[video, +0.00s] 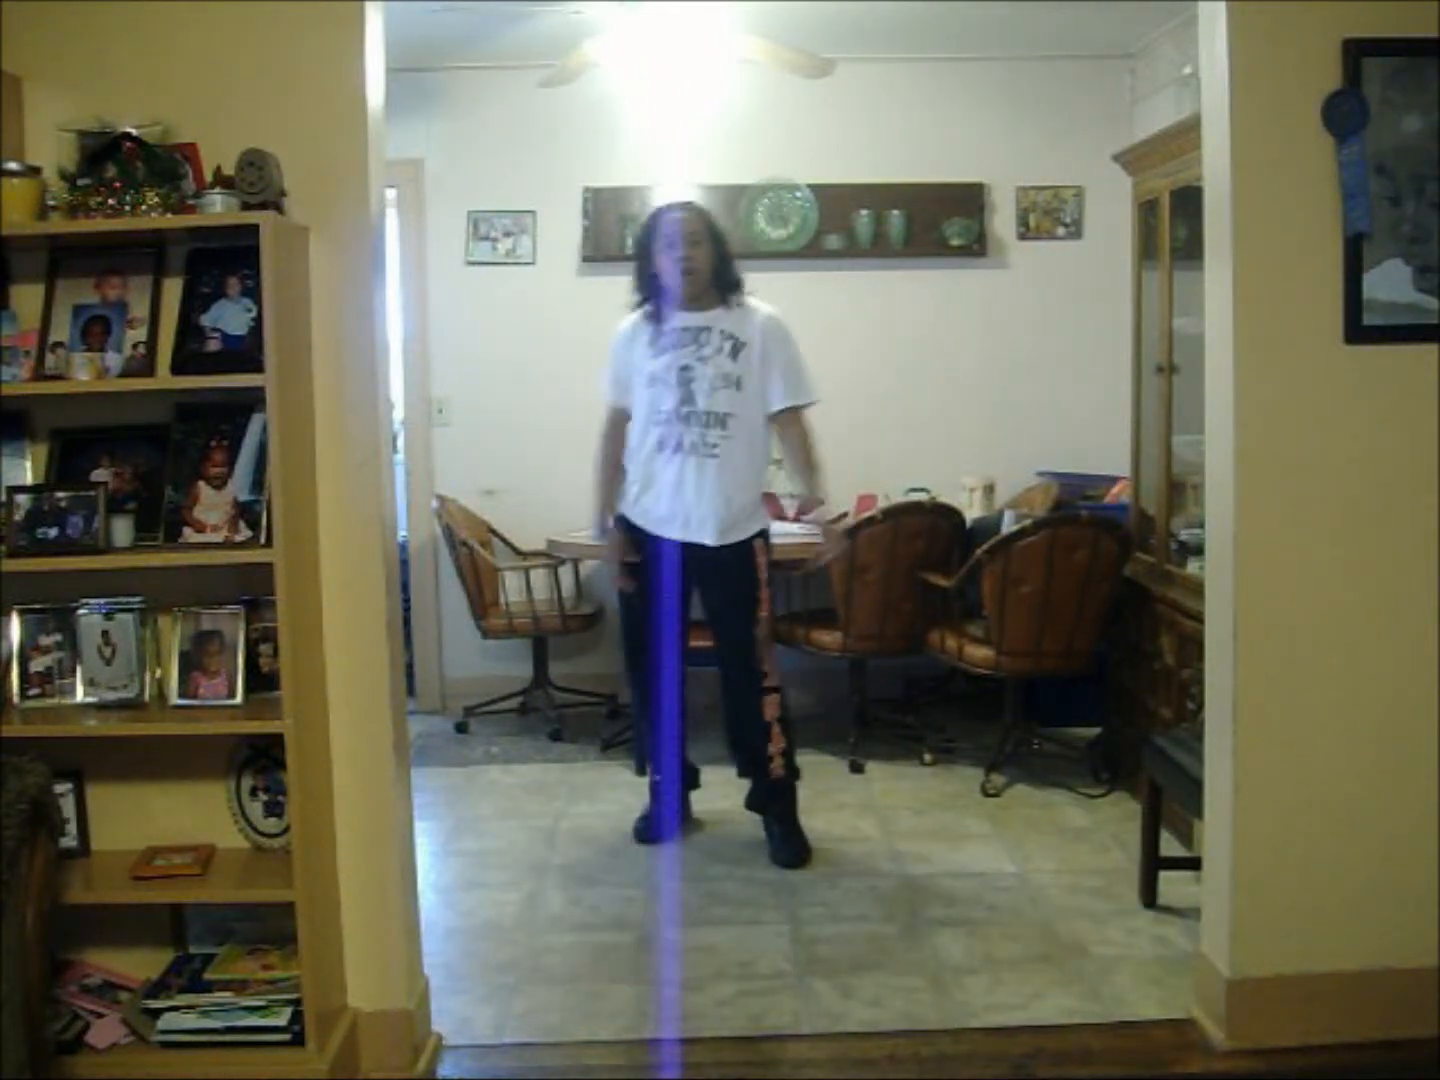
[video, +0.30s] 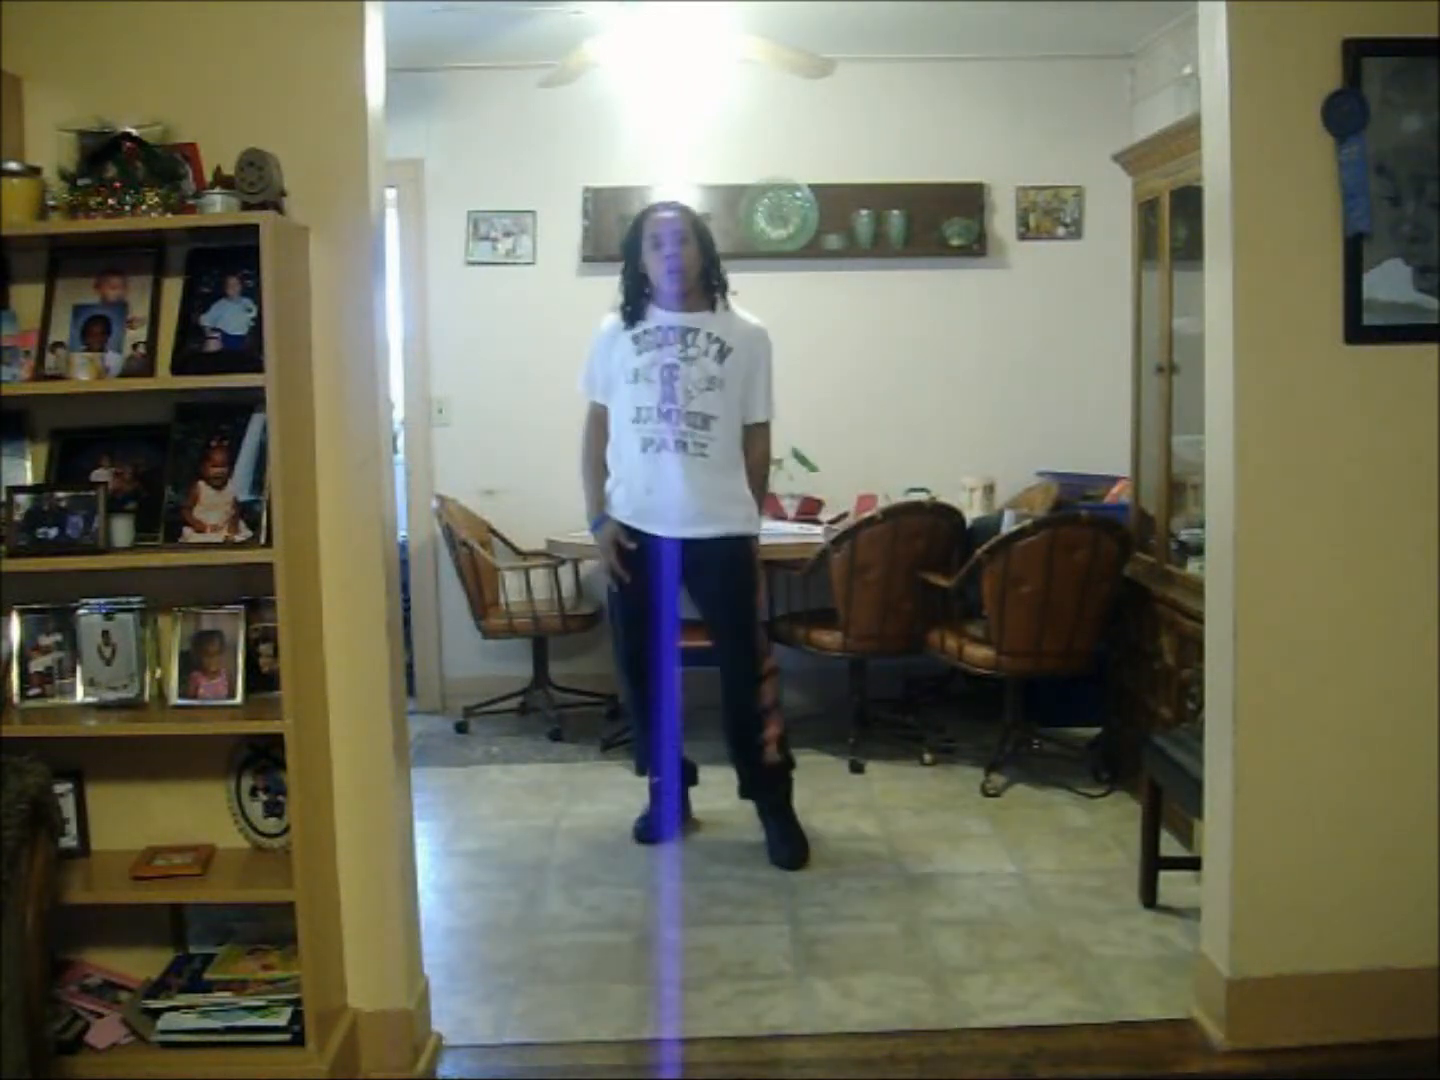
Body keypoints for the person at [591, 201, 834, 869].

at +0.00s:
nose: (682, 256)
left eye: (693, 244)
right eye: (669, 246)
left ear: (718, 252)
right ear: (648, 260)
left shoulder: (759, 328)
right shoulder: (633, 337)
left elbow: (788, 419)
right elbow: (615, 432)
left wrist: (812, 491)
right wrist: (608, 520)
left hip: (734, 523)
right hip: (650, 523)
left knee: (750, 665)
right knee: (654, 667)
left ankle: (777, 803)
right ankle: (667, 797)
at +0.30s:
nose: (673, 252)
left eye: (682, 240)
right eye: (659, 243)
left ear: (704, 252)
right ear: (639, 261)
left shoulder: (745, 338)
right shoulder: (615, 340)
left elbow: (756, 439)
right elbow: (596, 432)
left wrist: (751, 521)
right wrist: (597, 516)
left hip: (721, 524)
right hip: (636, 524)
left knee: (745, 666)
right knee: (642, 667)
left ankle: (775, 804)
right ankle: (666, 793)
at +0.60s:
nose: (686, 248)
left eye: (698, 236)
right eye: (673, 238)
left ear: (718, 248)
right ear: (650, 252)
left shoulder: (751, 332)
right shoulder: (616, 328)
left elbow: (762, 431)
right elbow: (589, 424)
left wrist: (766, 513)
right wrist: (606, 512)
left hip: (727, 522)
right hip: (645, 522)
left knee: (741, 672)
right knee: (651, 671)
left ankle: (774, 819)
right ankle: (669, 799)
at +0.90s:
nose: (713, 237)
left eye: (729, 229)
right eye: (703, 227)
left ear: (752, 251)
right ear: (686, 246)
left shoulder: (784, 329)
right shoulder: (653, 320)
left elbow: (817, 412)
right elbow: (634, 399)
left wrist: (870, 441)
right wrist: (572, 437)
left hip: (746, 514)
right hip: (663, 511)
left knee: (763, 668)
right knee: (661, 661)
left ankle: (777, 823)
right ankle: (668, 797)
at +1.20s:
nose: (704, 264)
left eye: (719, 257)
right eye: (707, 252)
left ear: (758, 272)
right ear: (711, 255)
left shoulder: (806, 350)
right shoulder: (682, 308)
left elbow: (861, 441)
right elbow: (648, 376)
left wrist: (923, 519)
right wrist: (601, 441)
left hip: (755, 525)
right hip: (672, 516)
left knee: (768, 676)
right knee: (666, 664)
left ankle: (776, 825)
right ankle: (670, 795)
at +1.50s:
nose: (692, 268)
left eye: (703, 258)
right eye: (693, 256)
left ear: (744, 266)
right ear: (718, 263)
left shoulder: (792, 350)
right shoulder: (694, 318)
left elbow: (774, 461)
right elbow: (691, 420)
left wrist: (716, 537)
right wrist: (665, 504)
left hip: (759, 532)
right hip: (682, 520)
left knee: (770, 679)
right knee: (663, 665)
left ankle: (776, 824)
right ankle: (671, 793)